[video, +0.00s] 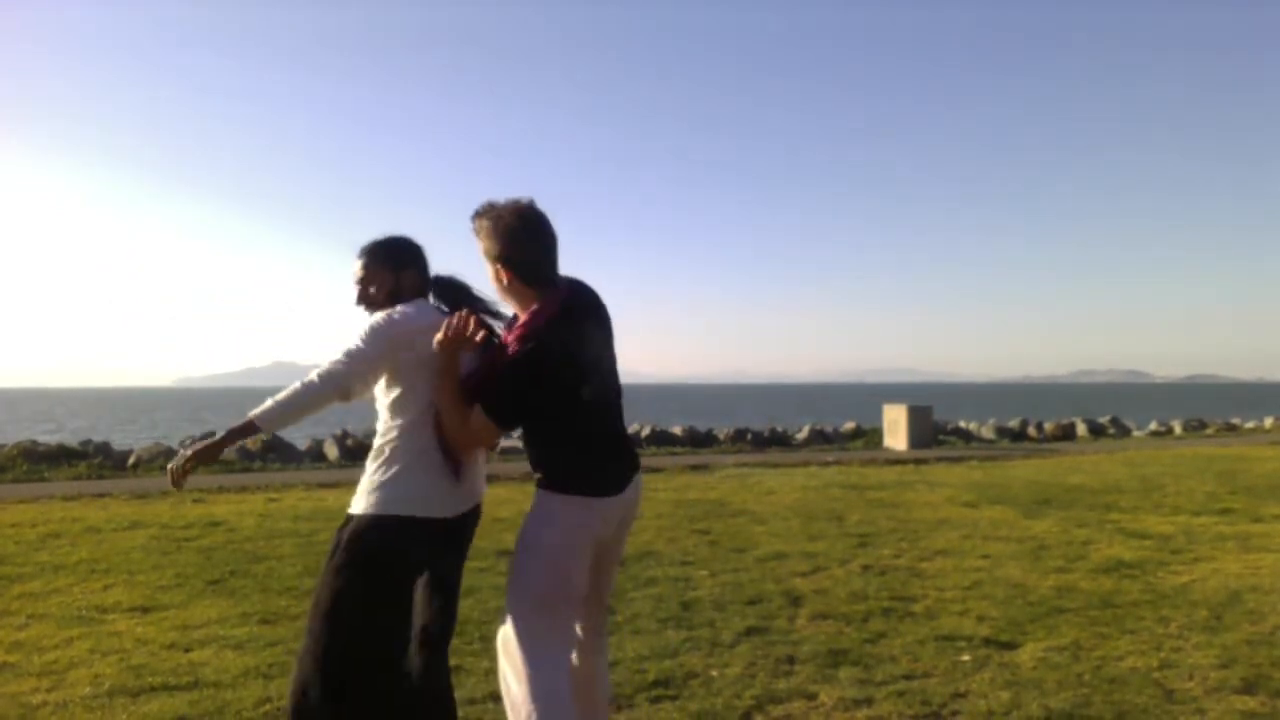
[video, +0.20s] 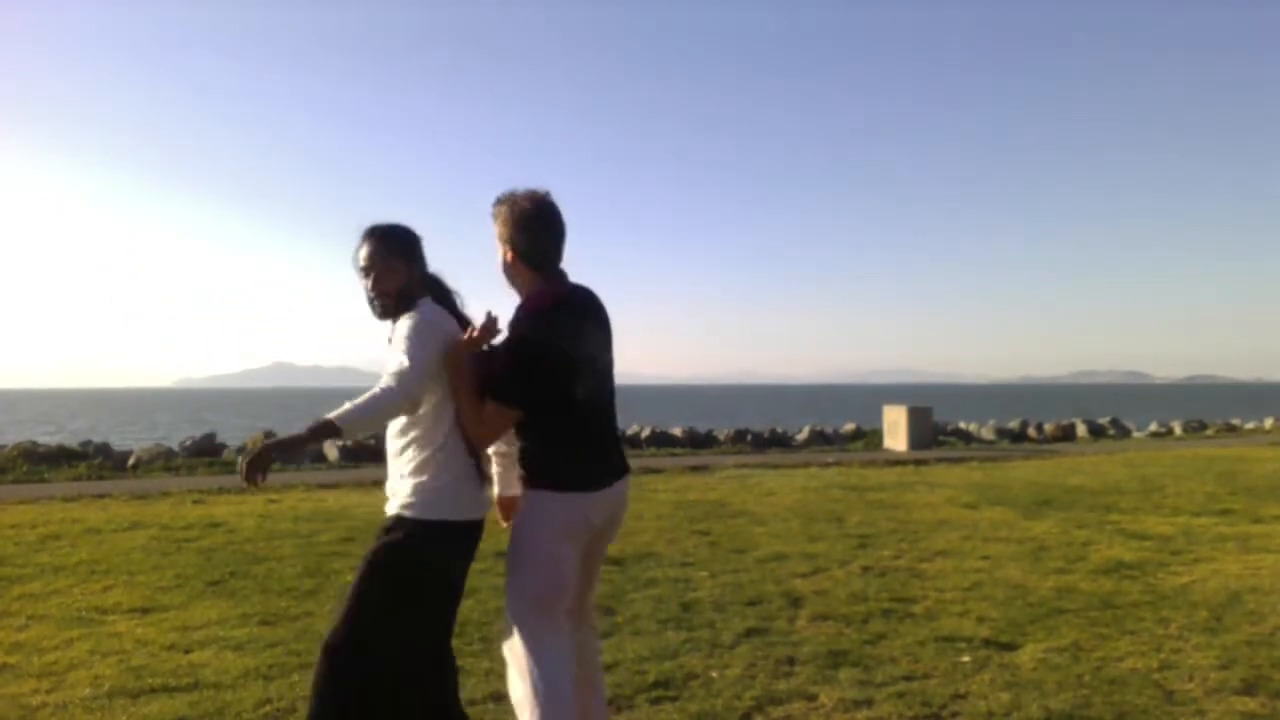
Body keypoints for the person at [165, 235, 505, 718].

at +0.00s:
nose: (359, 295)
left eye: (367, 281)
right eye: (359, 282)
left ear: (403, 277)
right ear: (415, 281)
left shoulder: (399, 323)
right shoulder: (466, 325)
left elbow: (325, 384)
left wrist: (224, 439)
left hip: (394, 506)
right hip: (459, 504)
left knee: (333, 645)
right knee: (423, 646)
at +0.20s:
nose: (370, 284)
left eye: (379, 271)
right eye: (363, 274)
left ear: (412, 267)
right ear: (359, 277)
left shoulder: (421, 321)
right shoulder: (442, 321)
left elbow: (400, 392)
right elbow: (493, 406)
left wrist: (306, 436)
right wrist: (508, 485)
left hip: (426, 515)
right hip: (447, 514)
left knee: (348, 654)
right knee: (425, 653)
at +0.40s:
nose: (390, 285)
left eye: (402, 274)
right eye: (379, 274)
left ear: (423, 276)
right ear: (366, 279)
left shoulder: (433, 333)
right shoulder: (388, 341)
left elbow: (461, 413)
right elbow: (418, 420)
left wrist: (391, 444)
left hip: (448, 508)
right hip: (413, 510)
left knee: (386, 648)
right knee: (411, 651)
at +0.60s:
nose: (433, 296)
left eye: (437, 283)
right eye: (421, 284)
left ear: (441, 281)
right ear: (381, 282)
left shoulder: (450, 340)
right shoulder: (341, 322)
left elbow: (486, 412)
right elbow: (286, 371)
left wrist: (487, 436)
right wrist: (272, 444)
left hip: (439, 524)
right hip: (370, 525)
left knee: (431, 658)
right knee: (356, 662)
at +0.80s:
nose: (454, 292)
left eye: (453, 279)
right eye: (444, 278)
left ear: (399, 281)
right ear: (397, 278)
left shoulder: (437, 344)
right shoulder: (327, 324)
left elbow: (472, 412)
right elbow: (226, 359)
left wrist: (522, 431)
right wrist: (178, 455)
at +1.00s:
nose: (429, 280)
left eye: (426, 267)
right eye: (416, 265)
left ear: (385, 270)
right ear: (372, 265)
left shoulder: (402, 334)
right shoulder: (315, 320)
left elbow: (443, 382)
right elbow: (207, 384)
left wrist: (521, 408)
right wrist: (153, 496)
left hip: (365, 522)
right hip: (282, 523)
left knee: (392, 682)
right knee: (235, 679)